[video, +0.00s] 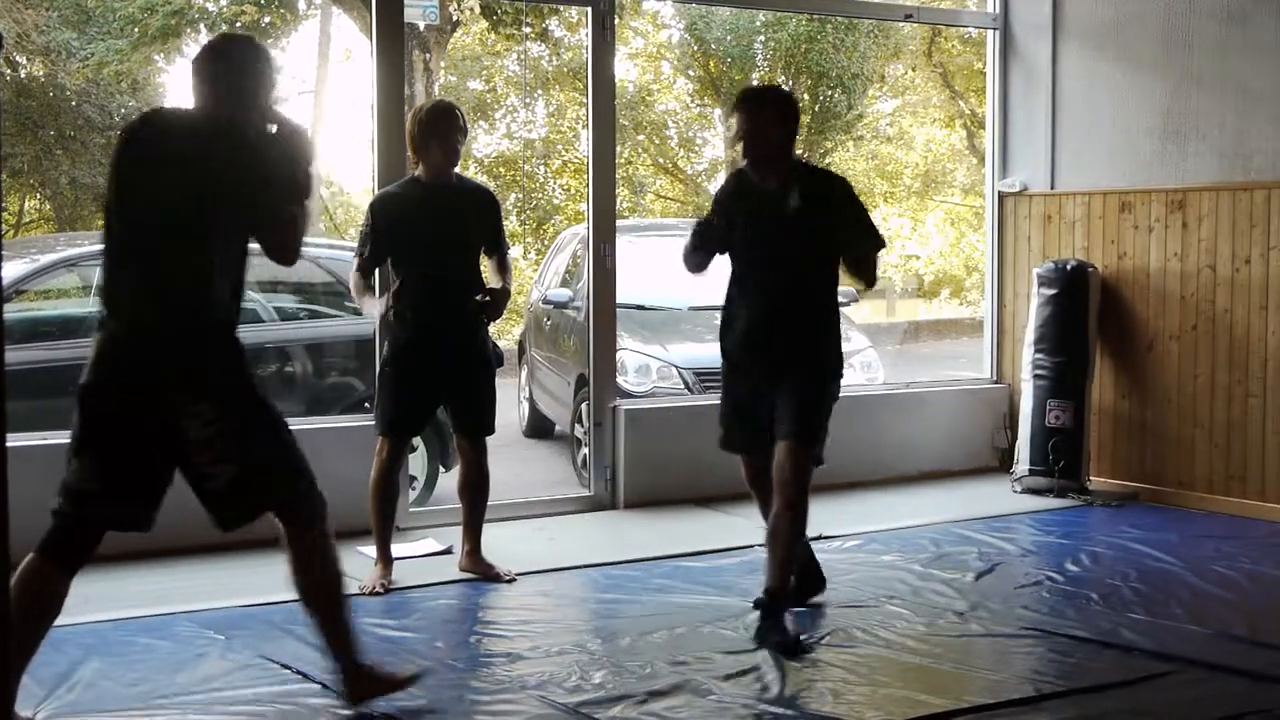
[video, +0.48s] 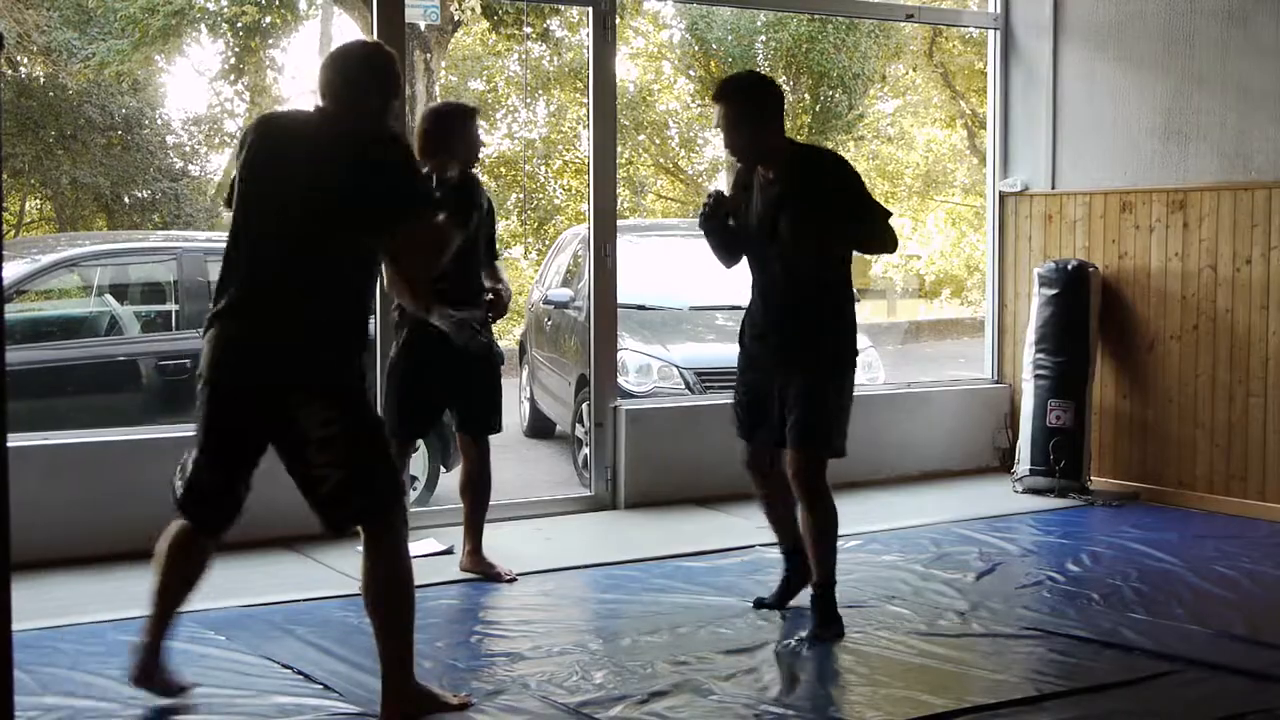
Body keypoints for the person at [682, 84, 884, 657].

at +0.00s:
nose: (747, 140)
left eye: (758, 129)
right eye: (742, 130)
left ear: (789, 130)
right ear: (737, 133)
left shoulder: (830, 190)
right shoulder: (736, 191)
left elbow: (866, 273)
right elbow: (694, 261)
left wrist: (839, 234)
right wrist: (714, 224)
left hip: (808, 347)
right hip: (747, 348)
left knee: (791, 473)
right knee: (759, 477)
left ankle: (772, 613)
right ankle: (805, 569)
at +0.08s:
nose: (735, 153)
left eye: (745, 142)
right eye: (731, 143)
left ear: (779, 138)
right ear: (732, 143)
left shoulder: (825, 192)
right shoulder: (736, 198)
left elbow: (857, 278)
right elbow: (704, 272)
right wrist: (723, 226)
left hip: (813, 347)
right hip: (752, 348)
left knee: (797, 469)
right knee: (764, 478)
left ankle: (787, 603)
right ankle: (810, 581)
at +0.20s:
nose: (729, 152)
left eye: (736, 140)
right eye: (725, 142)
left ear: (770, 133)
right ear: (733, 140)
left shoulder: (821, 186)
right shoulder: (739, 192)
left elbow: (857, 268)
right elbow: (714, 262)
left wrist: (805, 272)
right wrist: (736, 202)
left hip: (814, 338)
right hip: (757, 340)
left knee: (802, 459)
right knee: (767, 465)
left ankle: (812, 589)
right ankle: (806, 574)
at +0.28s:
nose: (722, 141)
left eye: (729, 130)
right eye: (721, 131)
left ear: (763, 126)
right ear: (738, 131)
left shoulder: (821, 180)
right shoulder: (741, 182)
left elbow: (864, 256)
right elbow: (715, 251)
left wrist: (812, 270)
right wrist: (736, 188)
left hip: (814, 339)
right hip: (759, 340)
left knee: (803, 463)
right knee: (773, 464)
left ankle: (825, 597)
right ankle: (804, 574)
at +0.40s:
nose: (722, 138)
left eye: (729, 125)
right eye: (719, 126)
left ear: (763, 121)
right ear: (737, 126)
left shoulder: (822, 170)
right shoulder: (744, 178)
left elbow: (875, 239)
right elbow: (721, 248)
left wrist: (813, 249)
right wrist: (719, 210)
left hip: (816, 341)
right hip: (761, 339)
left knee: (803, 468)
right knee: (773, 463)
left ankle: (826, 601)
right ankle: (802, 570)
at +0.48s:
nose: (723, 137)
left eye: (730, 124)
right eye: (721, 125)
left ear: (764, 121)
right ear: (740, 125)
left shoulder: (825, 169)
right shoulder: (747, 180)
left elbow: (882, 237)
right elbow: (730, 254)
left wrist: (815, 219)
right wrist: (714, 220)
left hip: (820, 340)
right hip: (763, 339)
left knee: (805, 469)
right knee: (762, 462)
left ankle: (825, 600)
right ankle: (797, 563)